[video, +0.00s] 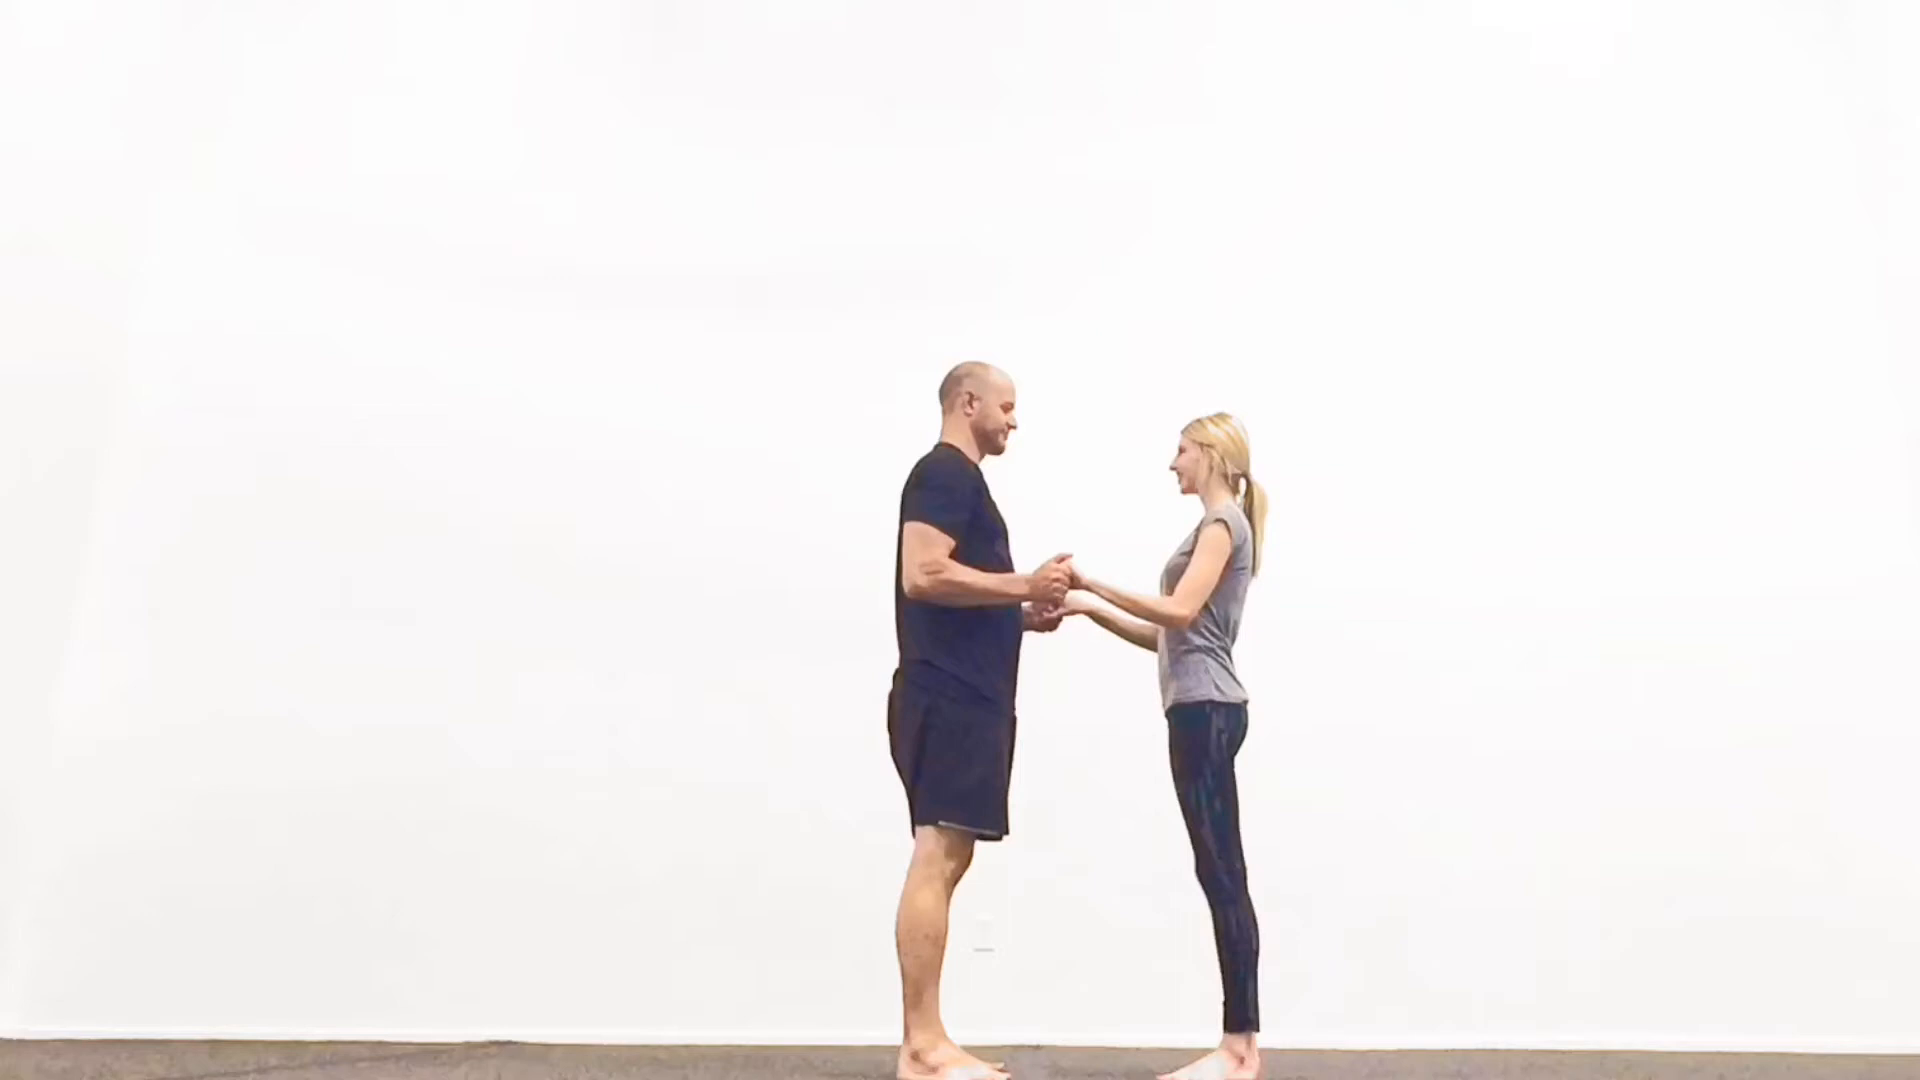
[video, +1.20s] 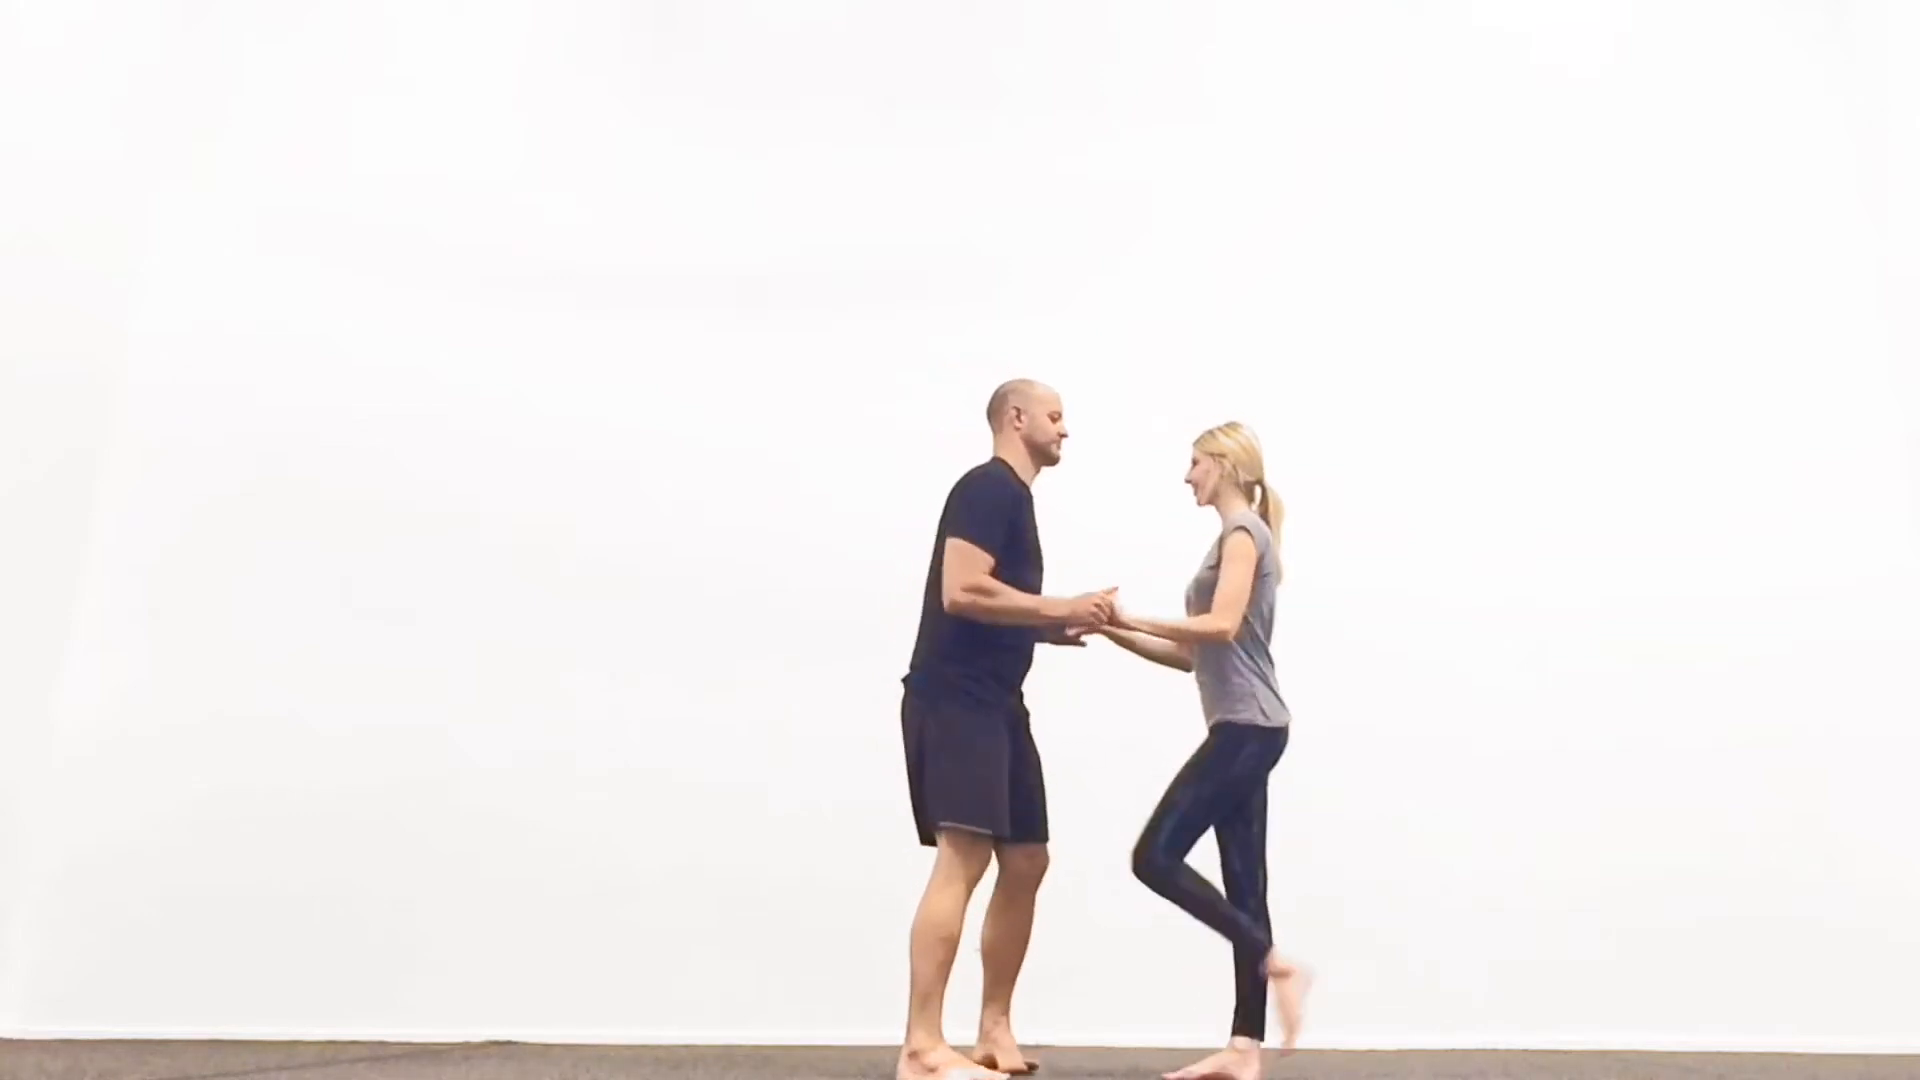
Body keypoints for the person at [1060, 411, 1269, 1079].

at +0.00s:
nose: (1175, 460)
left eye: (1183, 449)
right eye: (1178, 449)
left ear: (1211, 456)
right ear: (1216, 459)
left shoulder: (1221, 522)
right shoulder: (1215, 530)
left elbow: (1180, 610)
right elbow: (1166, 641)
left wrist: (1091, 585)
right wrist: (1092, 606)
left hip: (1205, 705)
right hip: (1198, 705)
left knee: (1220, 874)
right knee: (1220, 875)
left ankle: (1239, 1047)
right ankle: (1240, 1044)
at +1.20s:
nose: (1188, 473)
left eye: (1195, 461)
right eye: (1191, 462)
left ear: (1223, 465)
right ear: (1227, 468)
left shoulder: (1243, 531)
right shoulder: (1237, 542)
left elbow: (1224, 624)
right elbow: (1191, 655)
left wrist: (1131, 620)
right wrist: (1109, 633)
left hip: (1246, 726)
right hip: (1245, 725)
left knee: (1153, 859)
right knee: (1245, 890)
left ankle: (1277, 966)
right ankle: (1243, 1049)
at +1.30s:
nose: (1214, 476)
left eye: (1222, 465)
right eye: (1216, 465)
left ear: (1250, 470)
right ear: (1258, 473)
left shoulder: (1266, 535)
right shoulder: (1263, 545)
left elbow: (1246, 627)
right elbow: (1207, 656)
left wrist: (1155, 629)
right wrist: (1141, 630)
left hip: (1267, 729)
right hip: (1263, 729)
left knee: (1215, 884)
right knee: (1254, 890)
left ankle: (1358, 961)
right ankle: (1246, 1049)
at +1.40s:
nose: (1244, 478)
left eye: (1252, 466)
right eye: (1246, 466)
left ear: (1280, 470)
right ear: (1283, 471)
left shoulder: (1299, 536)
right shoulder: (1286, 544)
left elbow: (1275, 629)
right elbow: (1223, 639)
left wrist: (1192, 639)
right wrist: (1156, 606)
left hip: (1296, 732)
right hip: (1275, 733)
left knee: (1309, 894)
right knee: (1262, 889)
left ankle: (1442, 996)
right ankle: (1247, 1048)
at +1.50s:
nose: (1275, 480)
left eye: (1281, 468)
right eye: (1277, 469)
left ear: (1309, 471)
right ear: (1312, 473)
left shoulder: (1331, 538)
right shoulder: (1311, 550)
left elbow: (1321, 632)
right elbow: (1244, 626)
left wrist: (1240, 669)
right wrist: (1176, 587)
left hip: (1341, 730)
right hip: (1306, 735)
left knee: (1395, 884)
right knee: (1273, 883)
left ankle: (1499, 1021)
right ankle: (1247, 1047)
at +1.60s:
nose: (1305, 486)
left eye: (1311, 474)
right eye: (1306, 475)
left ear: (1339, 476)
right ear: (1346, 478)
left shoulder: (1365, 543)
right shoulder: (1340, 556)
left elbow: (1371, 642)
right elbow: (1264, 617)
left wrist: (1303, 712)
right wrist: (1203, 568)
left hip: (1381, 733)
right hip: (1342, 738)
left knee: (1449, 881)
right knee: (1290, 883)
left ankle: (1524, 1035)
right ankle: (1246, 1043)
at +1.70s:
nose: (1329, 489)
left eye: (1336, 478)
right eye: (1330, 479)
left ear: (1365, 481)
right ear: (1365, 483)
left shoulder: (1396, 548)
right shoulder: (1355, 561)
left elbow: (1404, 650)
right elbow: (1280, 607)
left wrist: (1374, 742)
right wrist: (1227, 550)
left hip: (1411, 736)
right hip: (1358, 741)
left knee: (1475, 883)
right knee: (1306, 886)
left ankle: (1531, 1045)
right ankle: (1243, 1037)